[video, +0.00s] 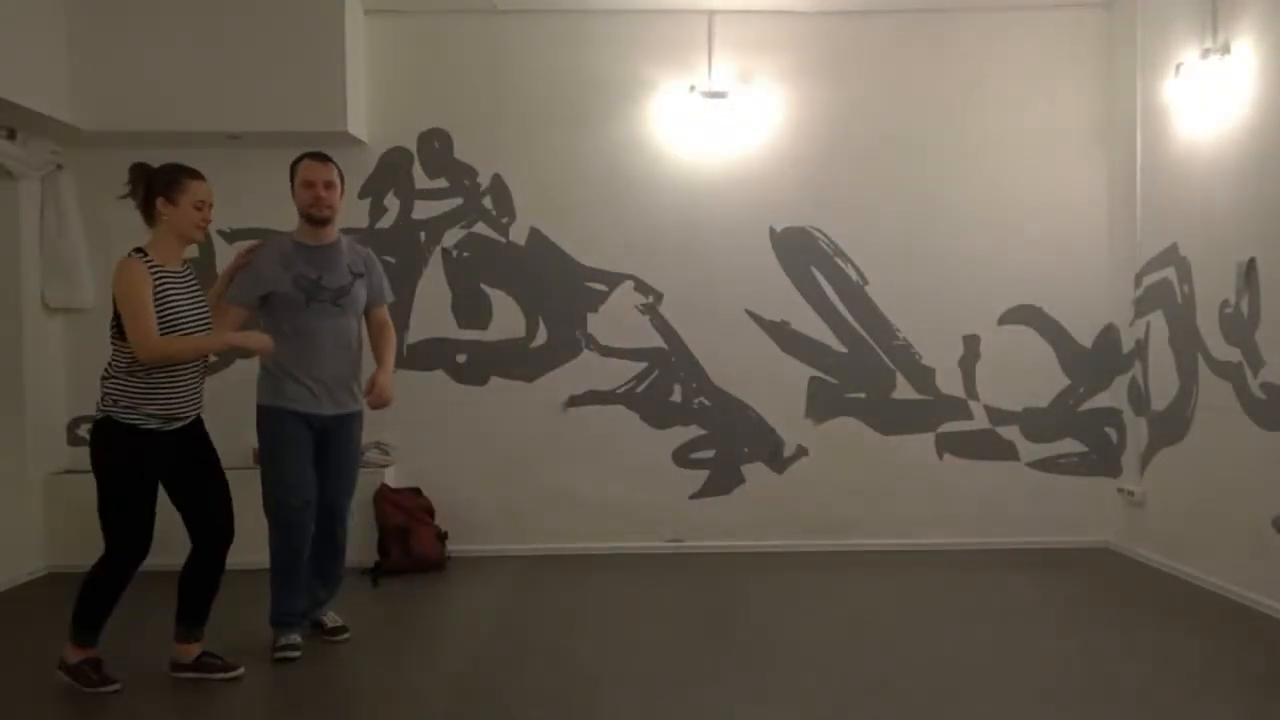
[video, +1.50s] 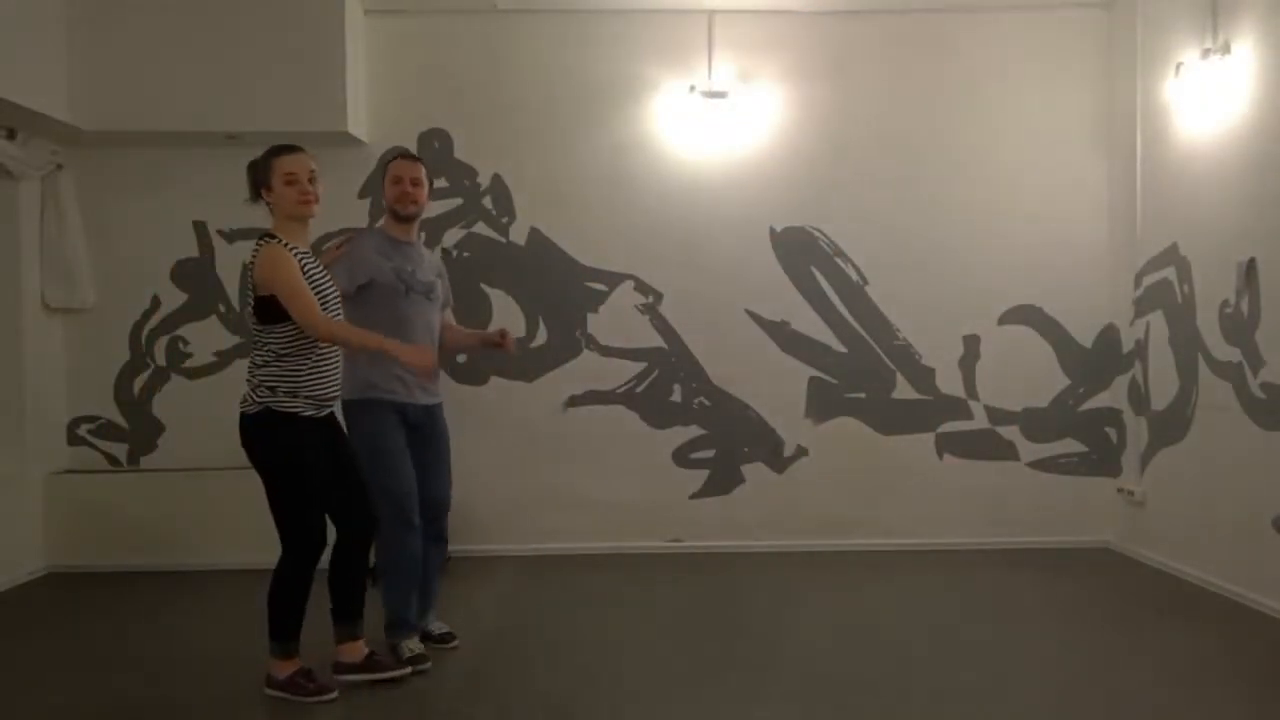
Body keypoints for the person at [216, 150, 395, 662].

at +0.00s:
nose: (319, 194)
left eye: (328, 185)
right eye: (309, 186)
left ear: (342, 194)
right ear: (293, 196)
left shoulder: (361, 259)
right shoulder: (267, 258)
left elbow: (381, 321)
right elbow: (225, 324)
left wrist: (385, 369)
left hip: (344, 406)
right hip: (285, 405)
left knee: (333, 511)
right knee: (292, 512)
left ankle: (318, 606)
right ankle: (287, 623)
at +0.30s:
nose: (340, 196)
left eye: (348, 189)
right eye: (330, 188)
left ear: (361, 199)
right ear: (314, 197)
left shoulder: (372, 266)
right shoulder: (285, 258)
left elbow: (381, 330)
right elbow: (235, 320)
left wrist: (396, 383)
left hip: (355, 407)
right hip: (297, 406)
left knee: (382, 495)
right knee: (310, 511)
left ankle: (354, 587)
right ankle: (295, 624)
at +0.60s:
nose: (384, 195)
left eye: (393, 188)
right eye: (375, 187)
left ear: (405, 198)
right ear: (359, 193)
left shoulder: (408, 266)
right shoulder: (330, 252)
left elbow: (405, 338)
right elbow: (273, 310)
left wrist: (431, 385)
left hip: (399, 406)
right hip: (344, 407)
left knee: (417, 509)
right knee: (341, 517)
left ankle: (418, 618)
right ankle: (303, 623)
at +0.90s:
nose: (411, 194)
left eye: (420, 187)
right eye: (401, 186)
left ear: (430, 196)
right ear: (383, 193)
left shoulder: (430, 262)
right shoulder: (359, 251)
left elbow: (439, 331)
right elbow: (306, 304)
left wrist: (480, 356)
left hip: (424, 395)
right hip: (371, 394)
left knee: (434, 503)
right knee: (401, 497)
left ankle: (418, 617)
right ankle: (367, 611)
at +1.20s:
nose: (417, 191)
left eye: (425, 184)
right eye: (407, 183)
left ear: (436, 196)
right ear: (390, 191)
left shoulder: (436, 261)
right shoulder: (368, 248)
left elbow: (446, 332)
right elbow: (320, 302)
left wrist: (489, 338)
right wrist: (327, 260)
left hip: (434, 404)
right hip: (381, 405)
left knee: (438, 512)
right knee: (404, 514)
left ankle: (424, 619)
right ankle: (421, 630)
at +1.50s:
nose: (407, 190)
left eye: (415, 183)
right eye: (398, 182)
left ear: (427, 194)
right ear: (382, 192)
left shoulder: (432, 263)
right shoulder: (359, 249)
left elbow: (445, 333)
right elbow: (309, 300)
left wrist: (484, 337)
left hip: (425, 401)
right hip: (372, 401)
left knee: (434, 510)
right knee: (400, 512)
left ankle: (422, 617)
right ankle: (400, 632)